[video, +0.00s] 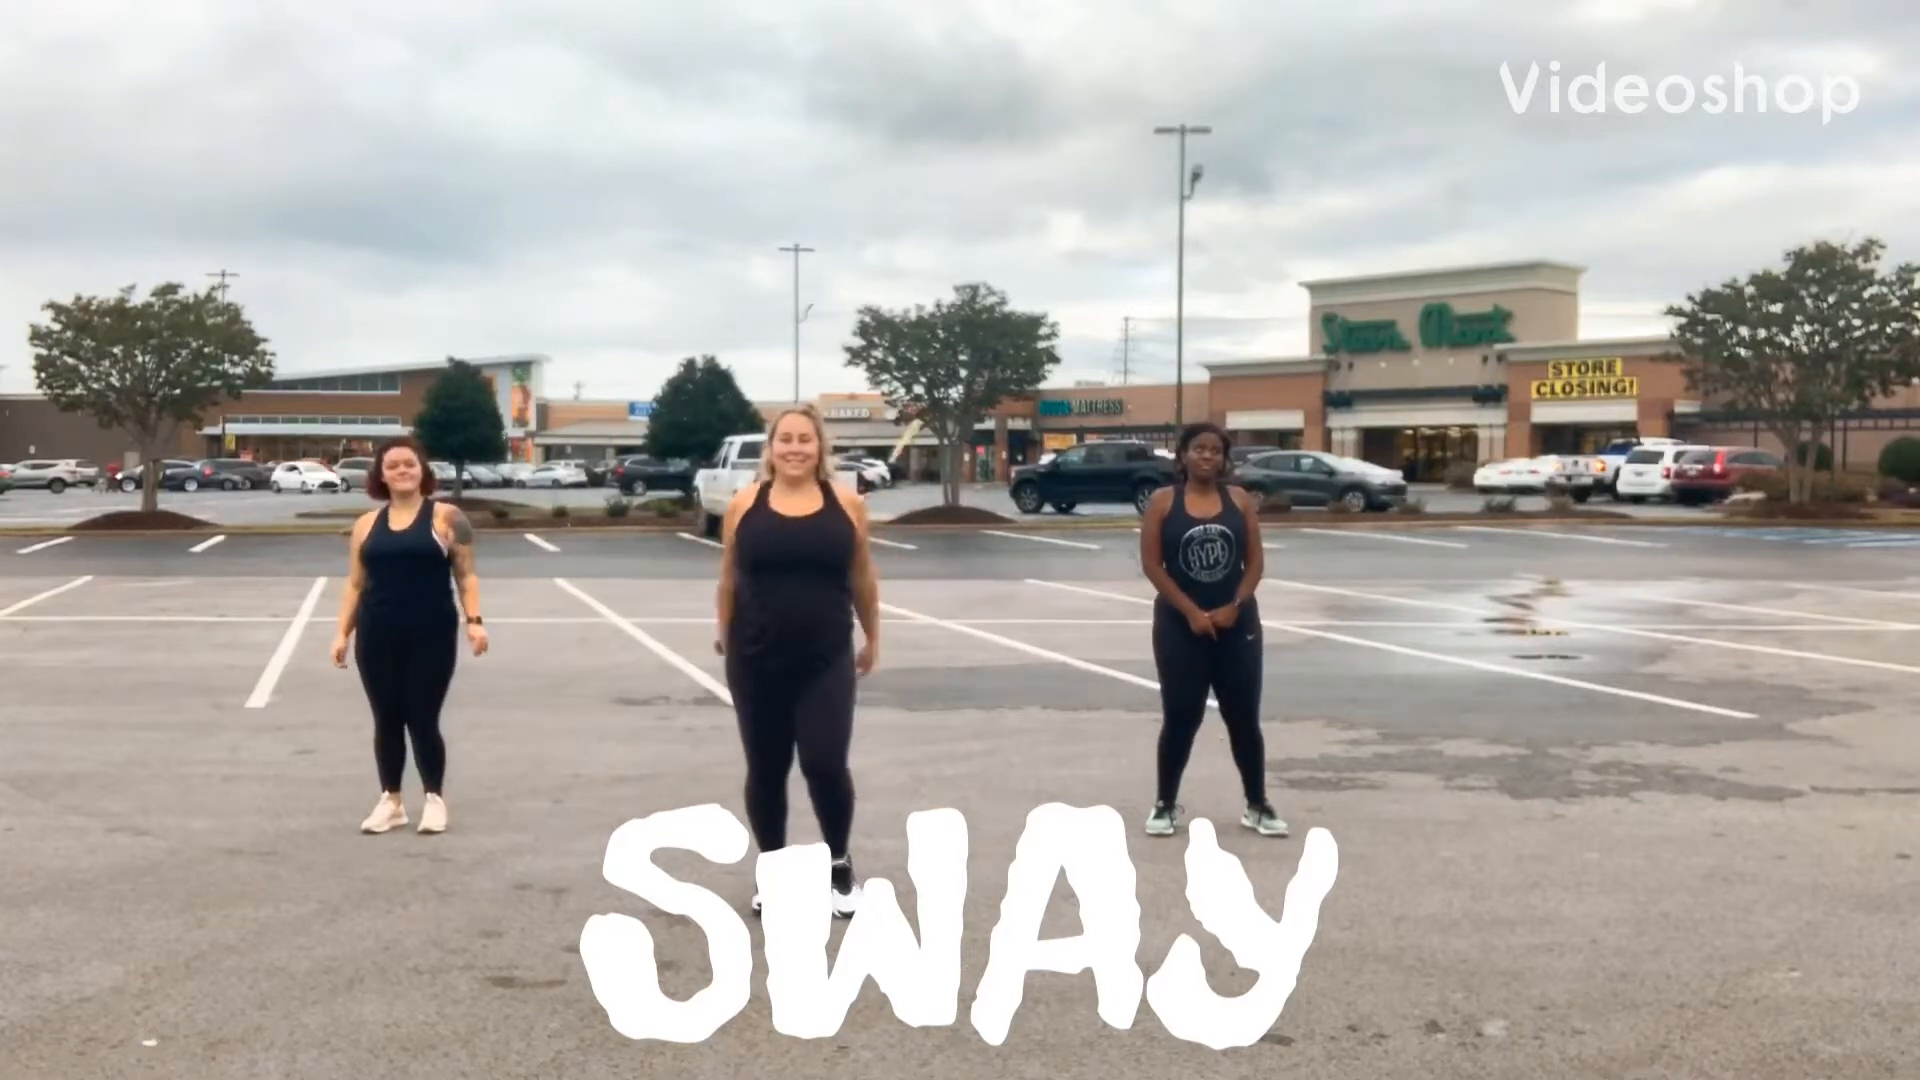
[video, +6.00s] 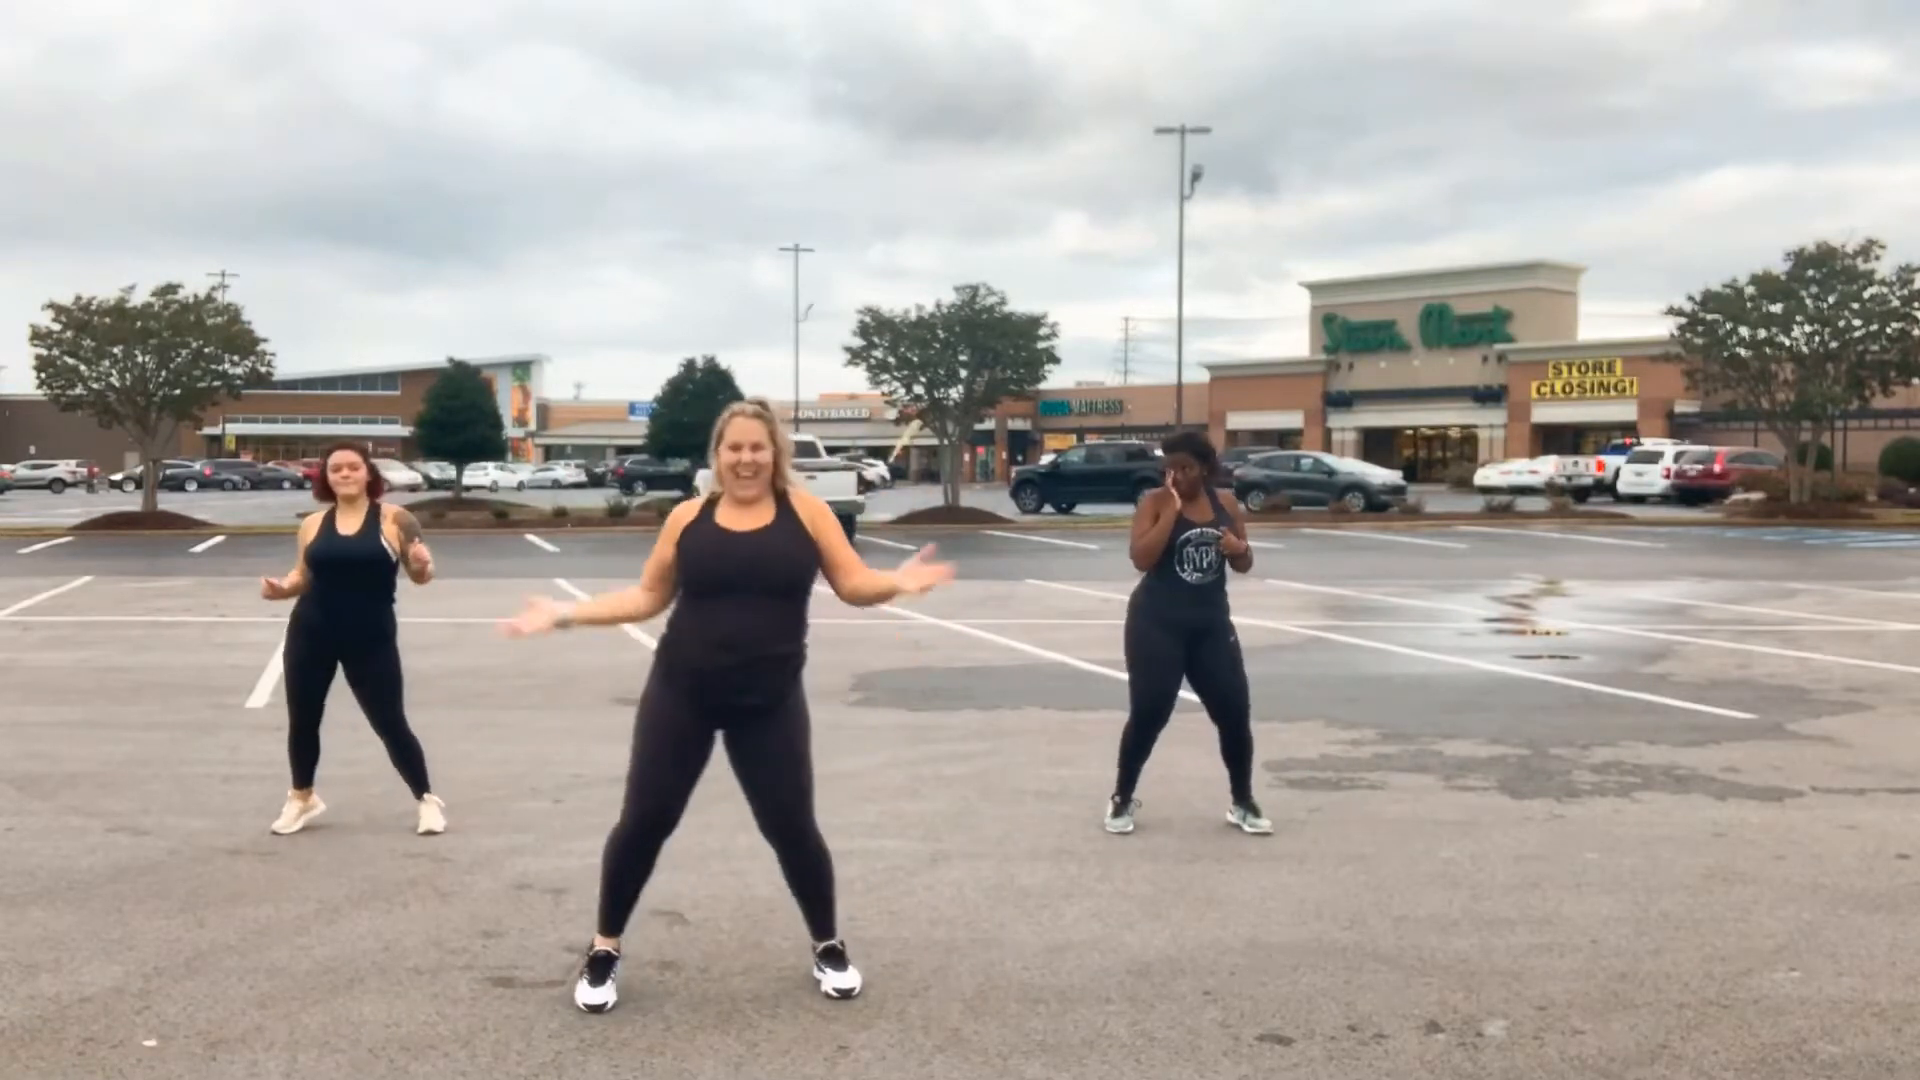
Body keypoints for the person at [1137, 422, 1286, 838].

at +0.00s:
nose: (1207, 457)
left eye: (1215, 451)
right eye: (1199, 449)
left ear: (1224, 458)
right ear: (1183, 455)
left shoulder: (1240, 500)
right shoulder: (1163, 501)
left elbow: (1255, 561)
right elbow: (1152, 565)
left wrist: (1235, 605)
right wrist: (1191, 610)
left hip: (1237, 622)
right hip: (1179, 624)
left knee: (1245, 720)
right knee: (1181, 720)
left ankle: (1257, 805)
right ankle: (1165, 805)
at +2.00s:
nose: (1216, 453)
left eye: (1223, 447)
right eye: (1207, 448)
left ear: (1235, 456)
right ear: (1193, 459)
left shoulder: (1254, 500)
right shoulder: (1176, 504)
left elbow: (1271, 562)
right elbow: (1158, 569)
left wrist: (1269, 614)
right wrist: (1148, 625)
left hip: (1244, 628)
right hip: (1187, 628)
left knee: (1252, 720)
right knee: (1184, 718)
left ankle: (1258, 806)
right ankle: (1164, 805)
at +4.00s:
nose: (1248, 458)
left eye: (1255, 451)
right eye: (1239, 451)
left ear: (1266, 458)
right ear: (1225, 459)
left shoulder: (1279, 501)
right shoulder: (1206, 501)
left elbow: (1295, 567)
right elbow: (1170, 558)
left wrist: (1285, 539)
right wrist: (1210, 540)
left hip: (1265, 623)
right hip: (1210, 624)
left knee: (1291, 713)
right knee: (1212, 715)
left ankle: (1329, 801)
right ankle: (1195, 803)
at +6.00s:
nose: (1175, 476)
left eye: (1183, 469)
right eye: (1170, 469)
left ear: (1204, 468)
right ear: (1164, 469)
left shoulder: (1224, 502)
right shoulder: (1153, 502)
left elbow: (1243, 564)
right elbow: (1141, 558)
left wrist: (1237, 549)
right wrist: (1170, 512)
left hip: (1210, 626)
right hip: (1156, 626)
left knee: (1235, 715)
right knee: (1148, 715)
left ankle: (1242, 802)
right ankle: (1122, 799)